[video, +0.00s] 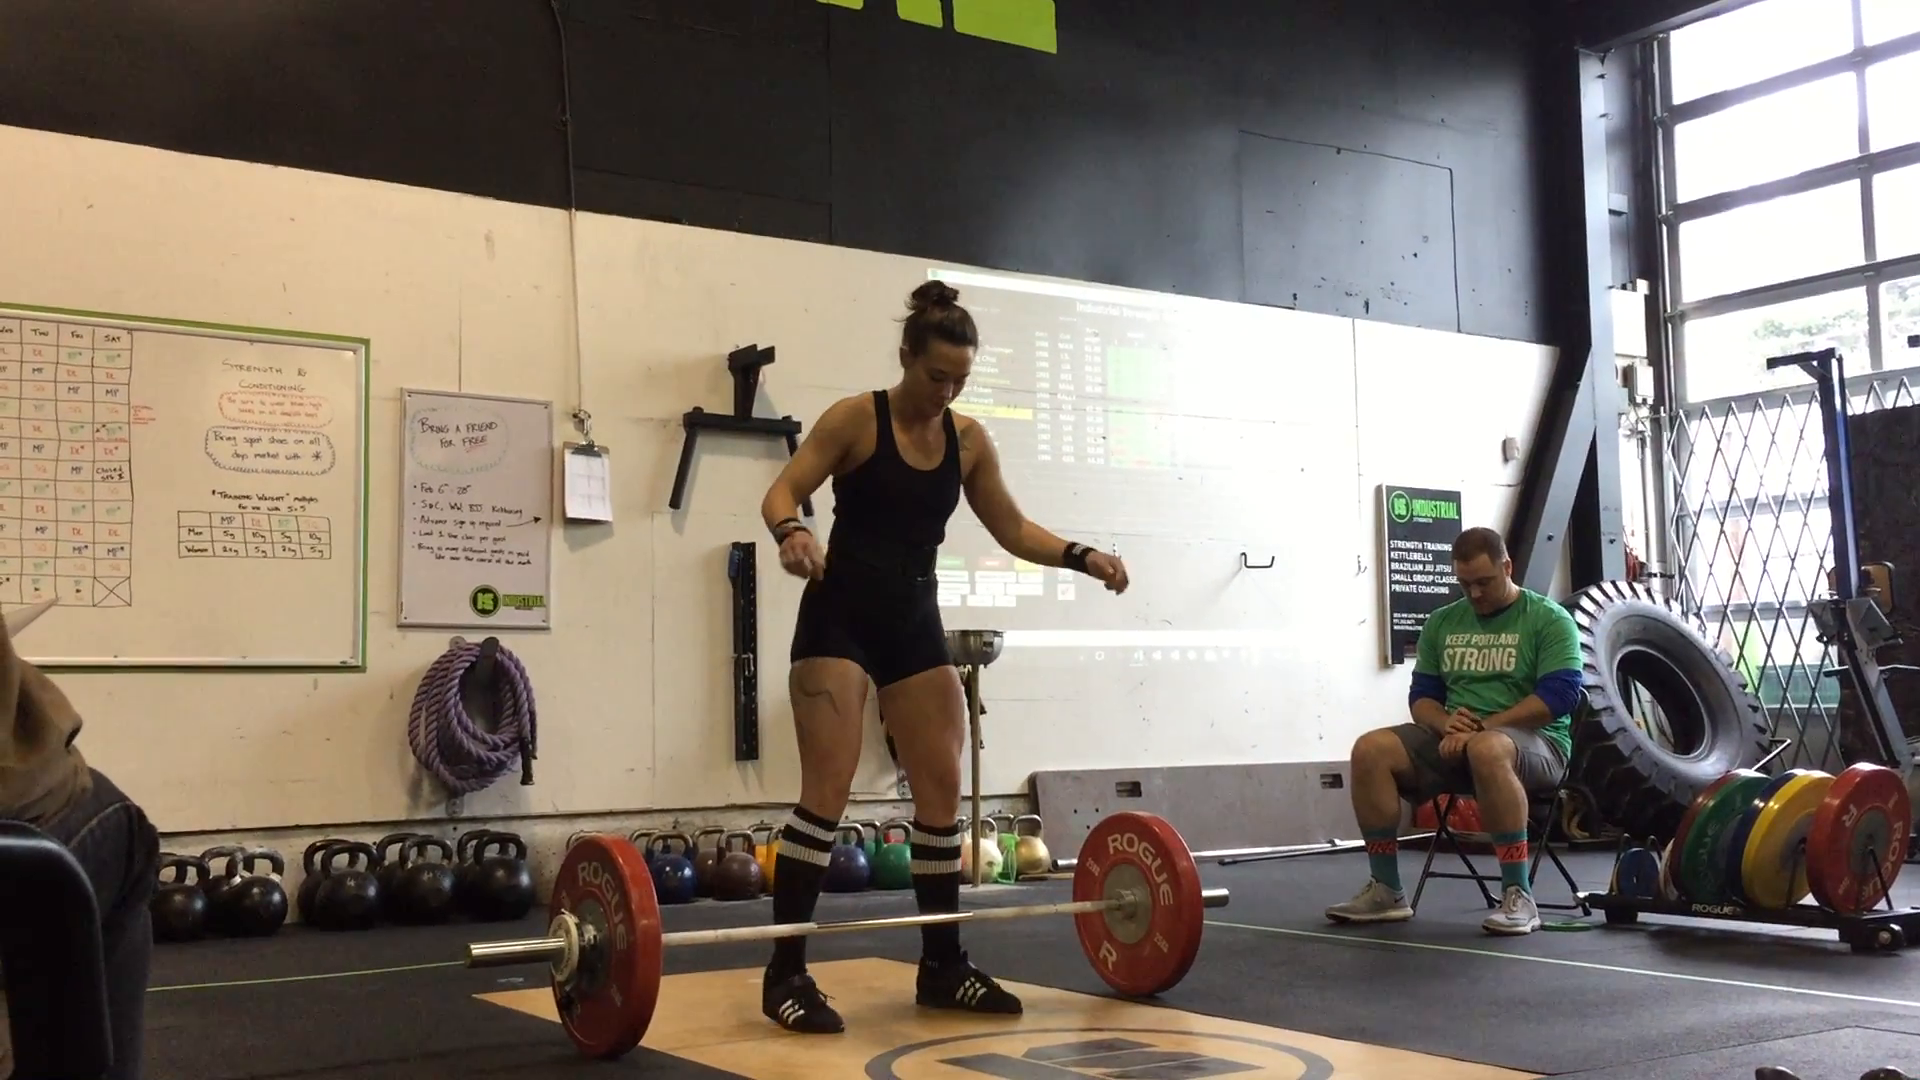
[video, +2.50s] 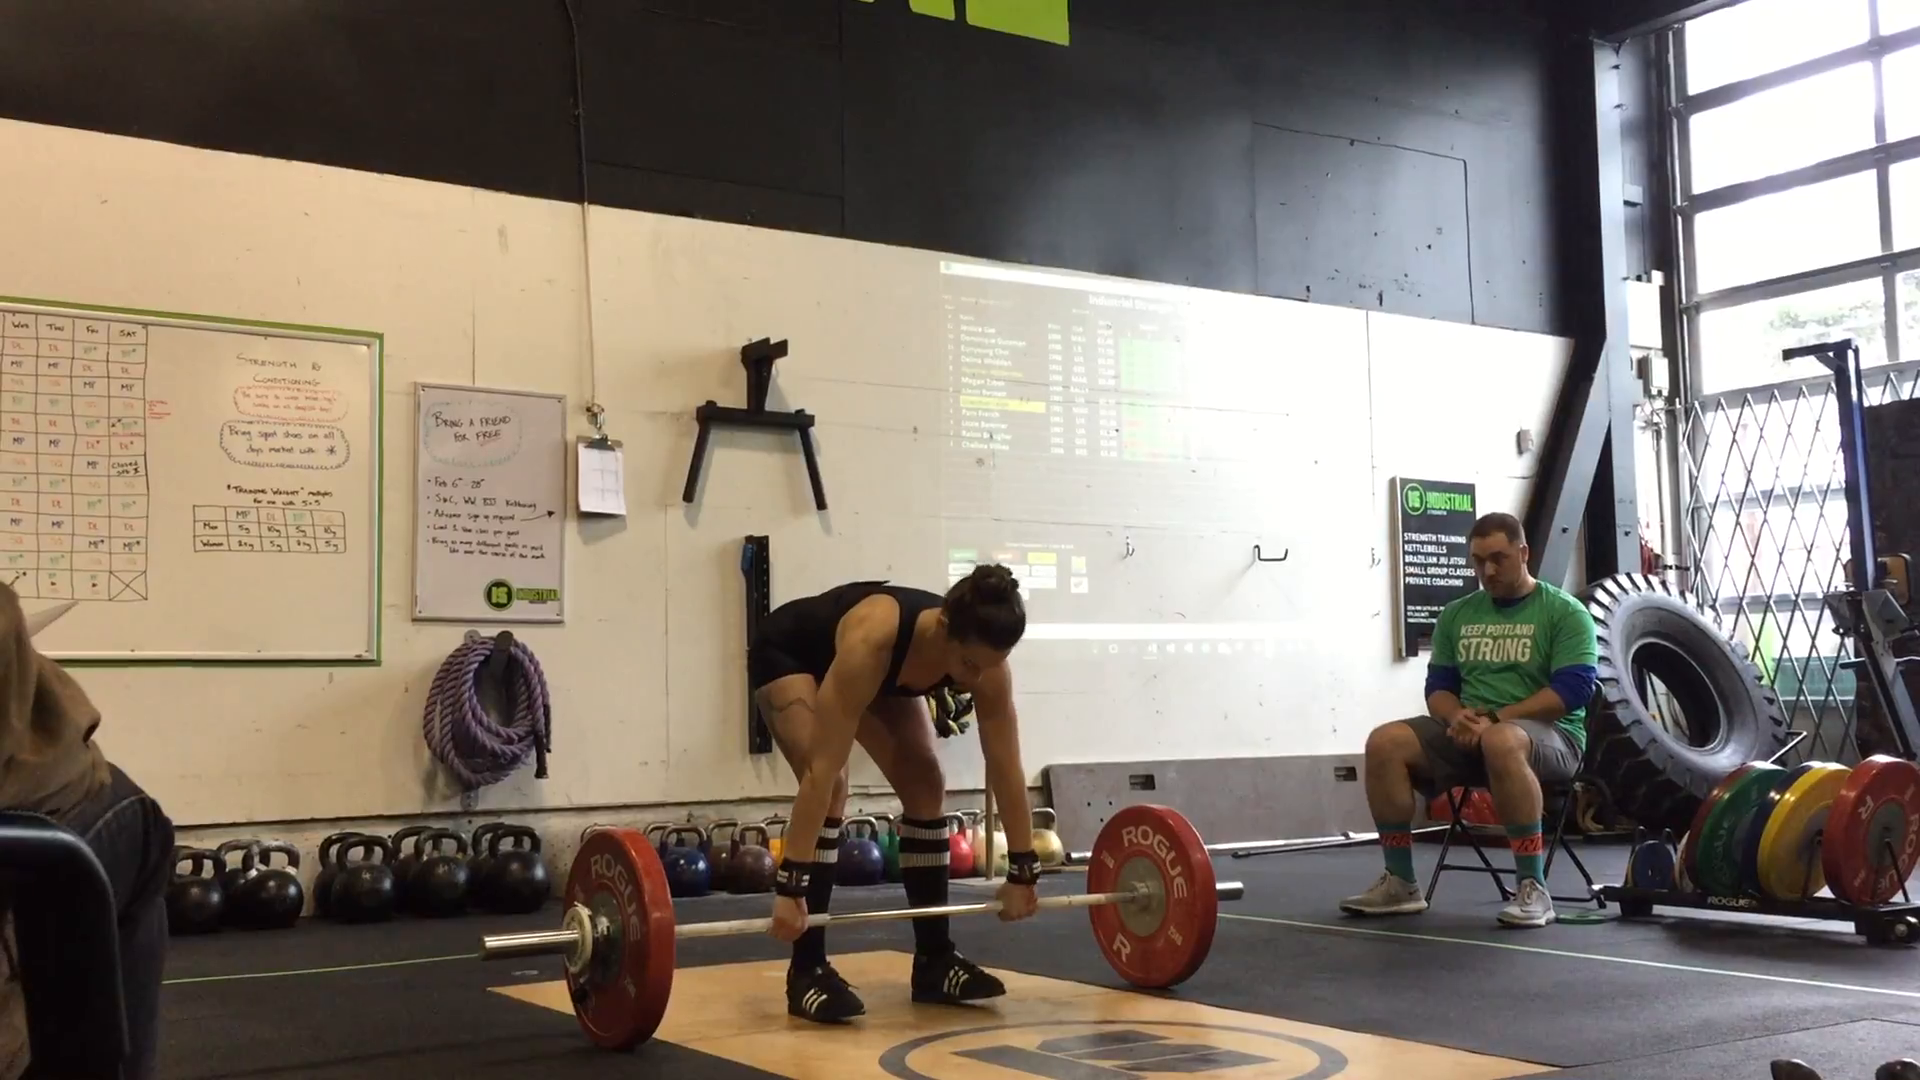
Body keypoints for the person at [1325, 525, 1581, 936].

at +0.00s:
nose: (1475, 594)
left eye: (1484, 582)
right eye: (1465, 584)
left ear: (1508, 567)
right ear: (1455, 575)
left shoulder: (1549, 618)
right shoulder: (1441, 622)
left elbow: (1561, 694)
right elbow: (1422, 698)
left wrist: (1481, 730)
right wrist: (1444, 721)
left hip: (1535, 742)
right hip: (1454, 742)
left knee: (1487, 749)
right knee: (1370, 750)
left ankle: (1517, 897)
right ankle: (1386, 891)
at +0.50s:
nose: (1478, 595)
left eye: (1487, 583)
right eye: (1468, 585)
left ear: (1511, 567)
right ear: (1458, 574)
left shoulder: (1552, 618)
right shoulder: (1443, 622)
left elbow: (1564, 694)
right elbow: (1424, 697)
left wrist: (1484, 729)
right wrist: (1446, 720)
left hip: (1537, 741)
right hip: (1456, 741)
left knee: (1489, 749)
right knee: (1371, 750)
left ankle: (1519, 897)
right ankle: (1388, 890)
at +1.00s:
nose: (1484, 593)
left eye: (1493, 581)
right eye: (1475, 583)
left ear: (1518, 565)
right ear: (1465, 573)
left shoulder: (1559, 616)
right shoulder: (1450, 620)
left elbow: (1571, 692)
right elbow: (1431, 695)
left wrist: (1491, 727)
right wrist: (1453, 719)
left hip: (1544, 740)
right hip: (1462, 739)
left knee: (1496, 747)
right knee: (1379, 748)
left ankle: (1527, 895)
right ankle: (1395, 888)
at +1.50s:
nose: (1491, 587)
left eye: (1500, 575)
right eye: (1482, 577)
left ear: (1525, 560)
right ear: (1472, 569)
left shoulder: (1566, 611)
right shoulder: (1456, 616)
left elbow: (1577, 687)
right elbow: (1438, 692)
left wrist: (1498, 724)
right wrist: (1460, 715)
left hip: (1552, 735)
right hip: (1470, 735)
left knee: (1503, 743)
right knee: (1385, 744)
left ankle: (1534, 891)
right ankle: (1402, 885)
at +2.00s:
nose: (1489, 583)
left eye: (1498, 571)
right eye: (1480, 574)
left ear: (1523, 557)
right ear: (1471, 566)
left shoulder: (1565, 609)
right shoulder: (1455, 614)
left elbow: (1574, 686)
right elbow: (1437, 689)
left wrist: (1496, 722)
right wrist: (1459, 713)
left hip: (1550, 734)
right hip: (1469, 733)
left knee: (1502, 741)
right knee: (1384, 742)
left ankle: (1532, 888)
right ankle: (1401, 882)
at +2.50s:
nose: (1488, 571)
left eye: (1497, 559)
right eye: (1479, 561)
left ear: (1524, 553)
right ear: (1471, 561)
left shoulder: (1565, 612)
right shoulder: (1456, 614)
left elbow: (1575, 689)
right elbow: (1438, 687)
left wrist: (1496, 719)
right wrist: (1456, 716)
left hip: (1549, 735)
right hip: (1470, 735)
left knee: (1501, 741)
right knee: (1384, 743)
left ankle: (1532, 889)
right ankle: (1400, 883)